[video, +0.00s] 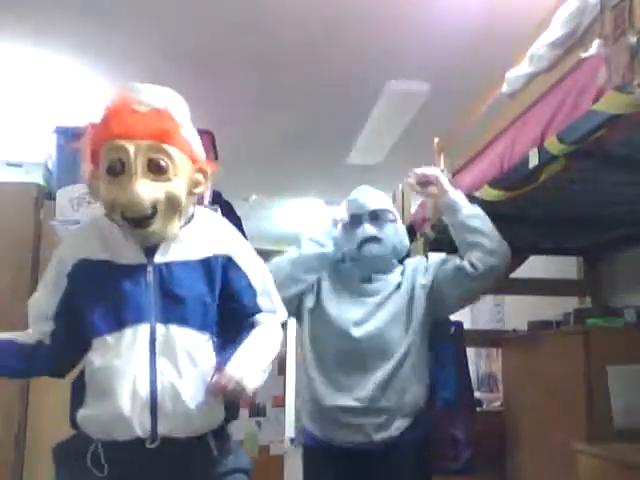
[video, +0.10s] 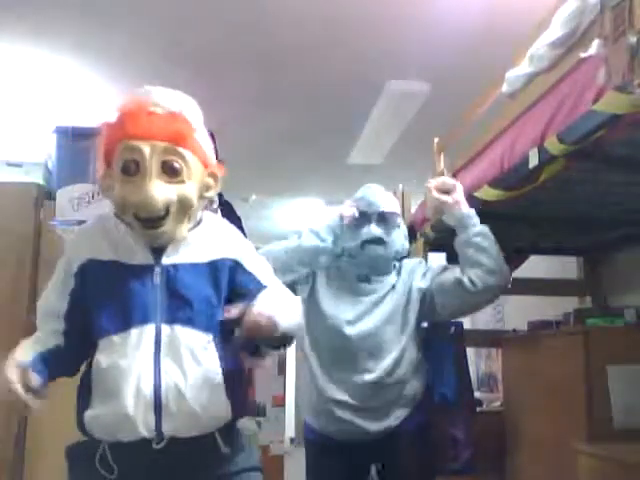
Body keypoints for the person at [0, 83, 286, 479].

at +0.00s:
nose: (135, 187)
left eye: (157, 167)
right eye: (117, 168)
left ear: (195, 181)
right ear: (96, 181)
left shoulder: (217, 239)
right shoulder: (80, 249)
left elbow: (268, 317)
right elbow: (53, 349)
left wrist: (244, 370)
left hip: (203, 457)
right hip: (105, 458)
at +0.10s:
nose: (150, 187)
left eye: (170, 168)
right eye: (132, 168)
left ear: (205, 181)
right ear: (109, 179)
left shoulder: (223, 242)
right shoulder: (87, 247)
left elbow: (286, 309)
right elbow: (64, 337)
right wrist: (27, 360)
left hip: (214, 455)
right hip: (114, 459)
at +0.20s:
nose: (159, 190)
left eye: (181, 171)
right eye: (141, 169)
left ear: (214, 186)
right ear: (116, 181)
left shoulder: (231, 245)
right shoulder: (91, 248)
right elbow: (61, 330)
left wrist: (286, 288)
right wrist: (41, 375)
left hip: (218, 455)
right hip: (120, 460)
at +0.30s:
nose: (168, 194)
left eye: (190, 174)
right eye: (150, 171)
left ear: (220, 189)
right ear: (122, 182)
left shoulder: (238, 247)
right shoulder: (98, 247)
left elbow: (314, 301)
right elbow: (67, 324)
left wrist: (302, 249)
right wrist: (64, 372)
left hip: (222, 452)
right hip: (125, 455)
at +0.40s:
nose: (176, 201)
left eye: (198, 179)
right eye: (159, 176)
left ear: (230, 192)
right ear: (133, 185)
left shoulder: (253, 251)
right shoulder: (104, 250)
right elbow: (46, 330)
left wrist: (311, 203)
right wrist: (88, 384)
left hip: (227, 455)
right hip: (129, 458)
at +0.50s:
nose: (185, 204)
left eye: (205, 187)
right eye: (166, 184)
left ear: (233, 197)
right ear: (139, 191)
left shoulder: (250, 259)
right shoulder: (109, 258)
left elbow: (325, 250)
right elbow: (28, 307)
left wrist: (328, 185)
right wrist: (98, 339)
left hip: (221, 456)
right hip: (127, 459)